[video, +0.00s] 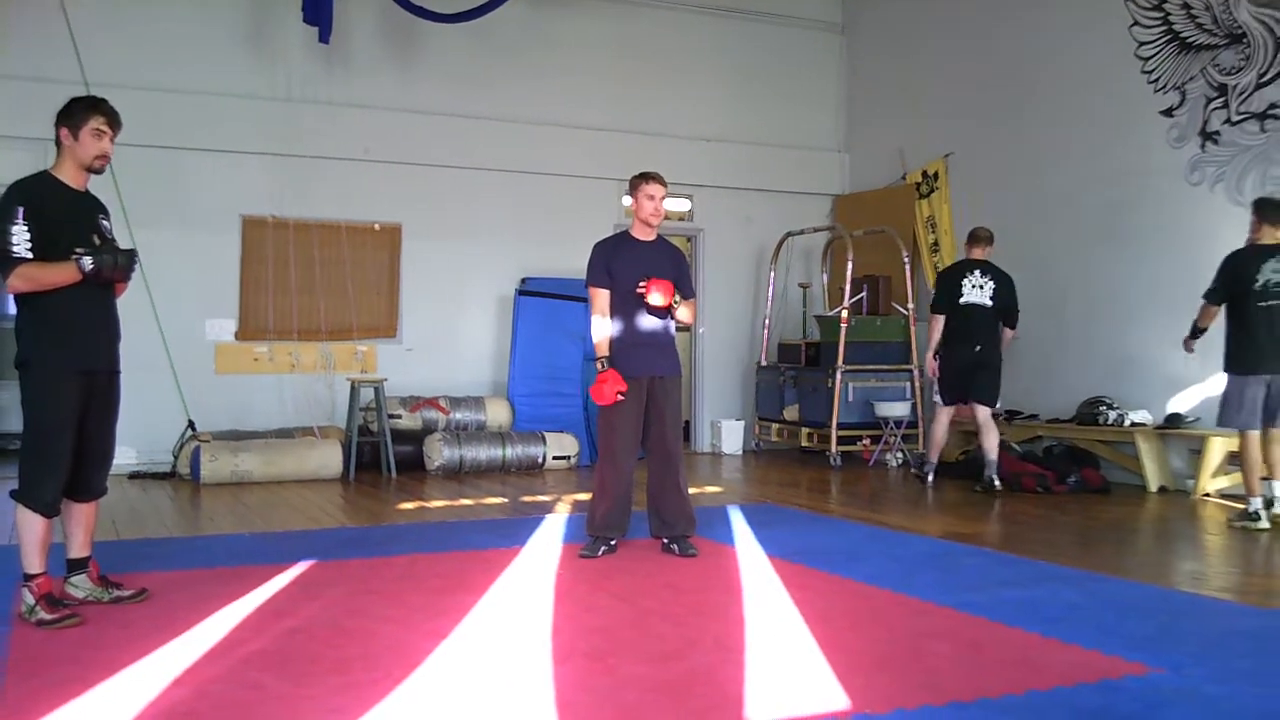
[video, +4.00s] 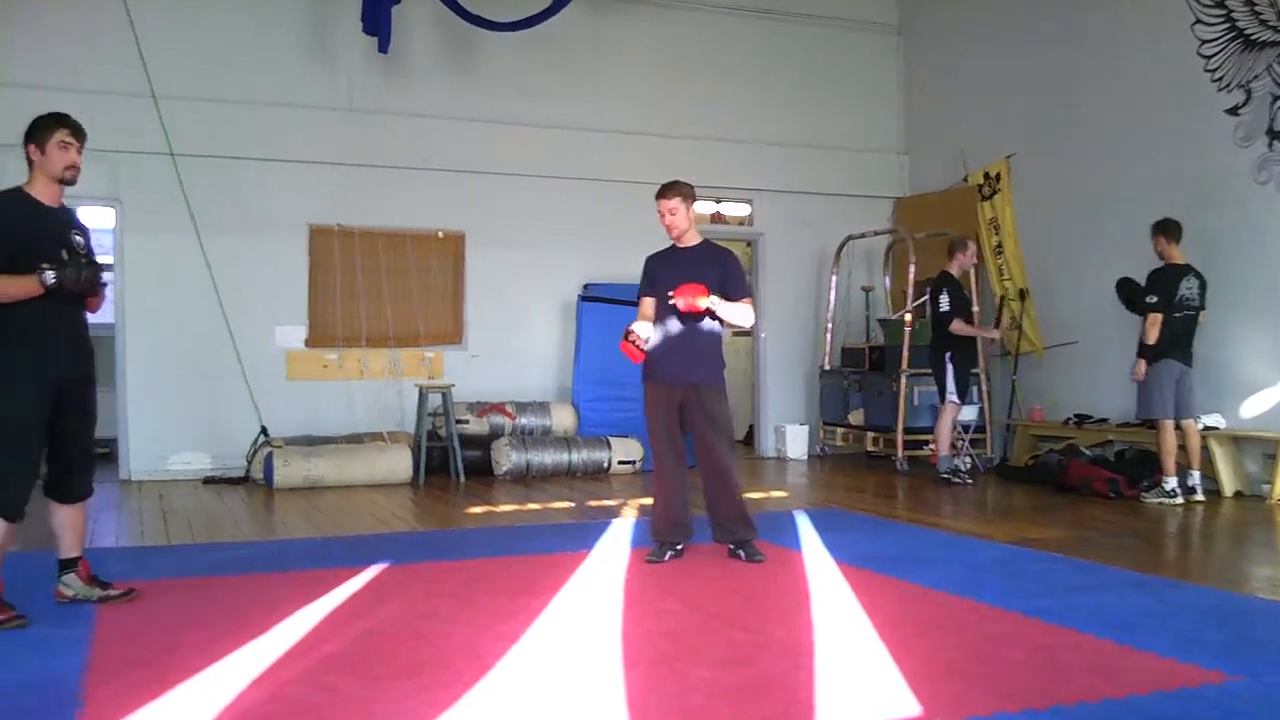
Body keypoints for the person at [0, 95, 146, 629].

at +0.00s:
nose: (107, 146)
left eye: (112, 138)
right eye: (98, 134)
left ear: (109, 145)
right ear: (66, 134)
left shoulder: (97, 209)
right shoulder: (24, 195)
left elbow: (108, 290)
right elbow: (15, 278)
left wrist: (122, 272)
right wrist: (87, 266)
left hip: (99, 360)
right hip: (49, 360)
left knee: (88, 467)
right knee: (43, 469)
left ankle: (80, 578)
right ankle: (34, 590)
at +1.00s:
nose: (144, 151)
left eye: (145, 141)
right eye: (138, 139)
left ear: (110, 141)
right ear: (104, 138)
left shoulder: (110, 204)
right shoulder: (65, 194)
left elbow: (105, 273)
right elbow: (63, 280)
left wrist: (142, 269)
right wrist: (131, 267)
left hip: (124, 360)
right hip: (83, 361)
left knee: (113, 467)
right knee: (73, 468)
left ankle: (103, 575)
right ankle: (57, 589)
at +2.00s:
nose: (89, 142)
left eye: (91, 133)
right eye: (79, 131)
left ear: (84, 140)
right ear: (47, 134)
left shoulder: (77, 208)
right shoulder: (11, 195)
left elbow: (79, 286)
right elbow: (5, 275)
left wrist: (101, 278)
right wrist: (74, 266)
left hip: (85, 361)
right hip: (34, 361)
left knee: (77, 468)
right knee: (32, 469)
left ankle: (71, 578)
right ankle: (23, 592)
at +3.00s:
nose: (38, 148)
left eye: (42, 140)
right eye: (28, 137)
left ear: (41, 149)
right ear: (2, 141)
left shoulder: (37, 212)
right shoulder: (2, 205)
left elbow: (56, 290)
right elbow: (3, 280)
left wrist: (58, 279)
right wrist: (27, 275)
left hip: (37, 364)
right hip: (8, 363)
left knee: (18, 480)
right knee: (11, 480)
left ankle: (11, 584)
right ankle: (12, 586)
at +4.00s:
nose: (75, 156)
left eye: (79, 149)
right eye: (65, 147)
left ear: (77, 158)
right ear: (34, 152)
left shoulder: (74, 226)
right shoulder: (6, 209)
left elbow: (93, 302)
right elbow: (0, 288)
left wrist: (89, 280)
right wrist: (48, 278)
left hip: (72, 366)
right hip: (16, 367)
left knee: (72, 469)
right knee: (11, 477)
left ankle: (73, 575)